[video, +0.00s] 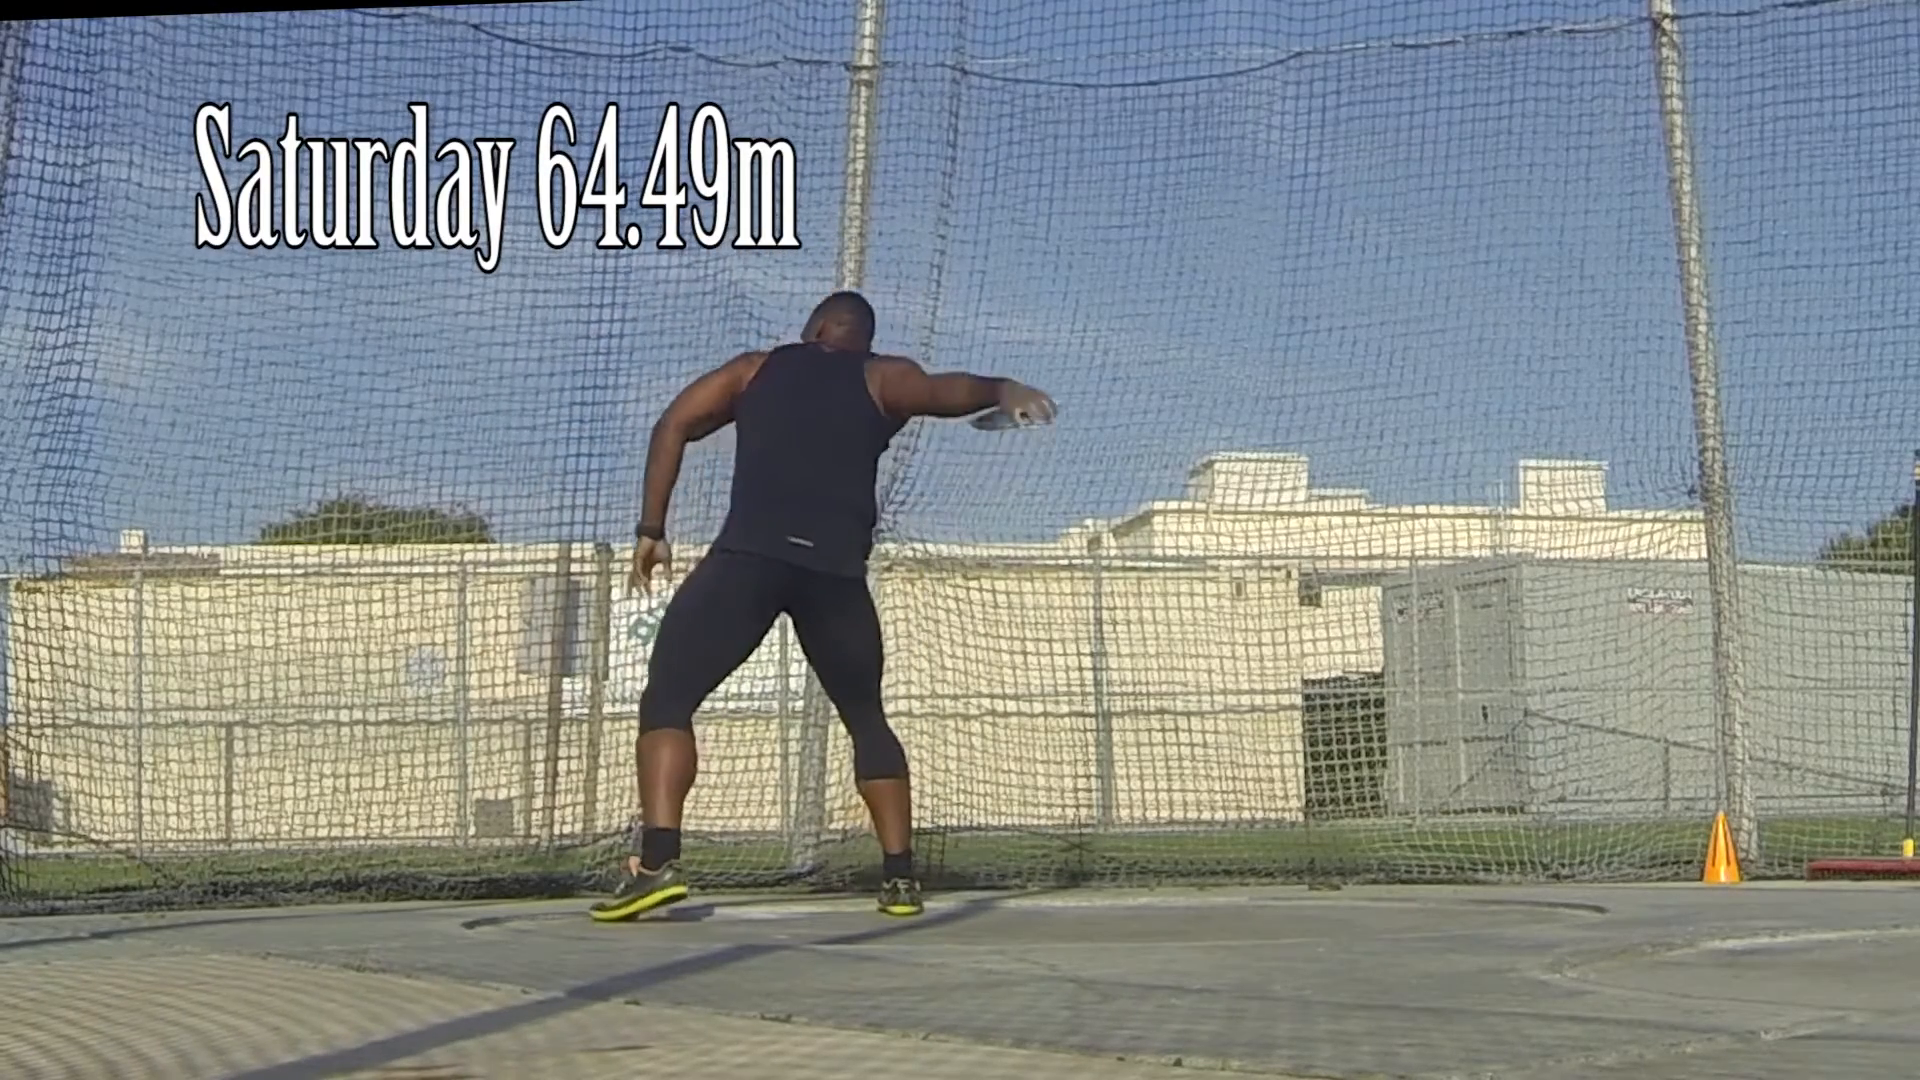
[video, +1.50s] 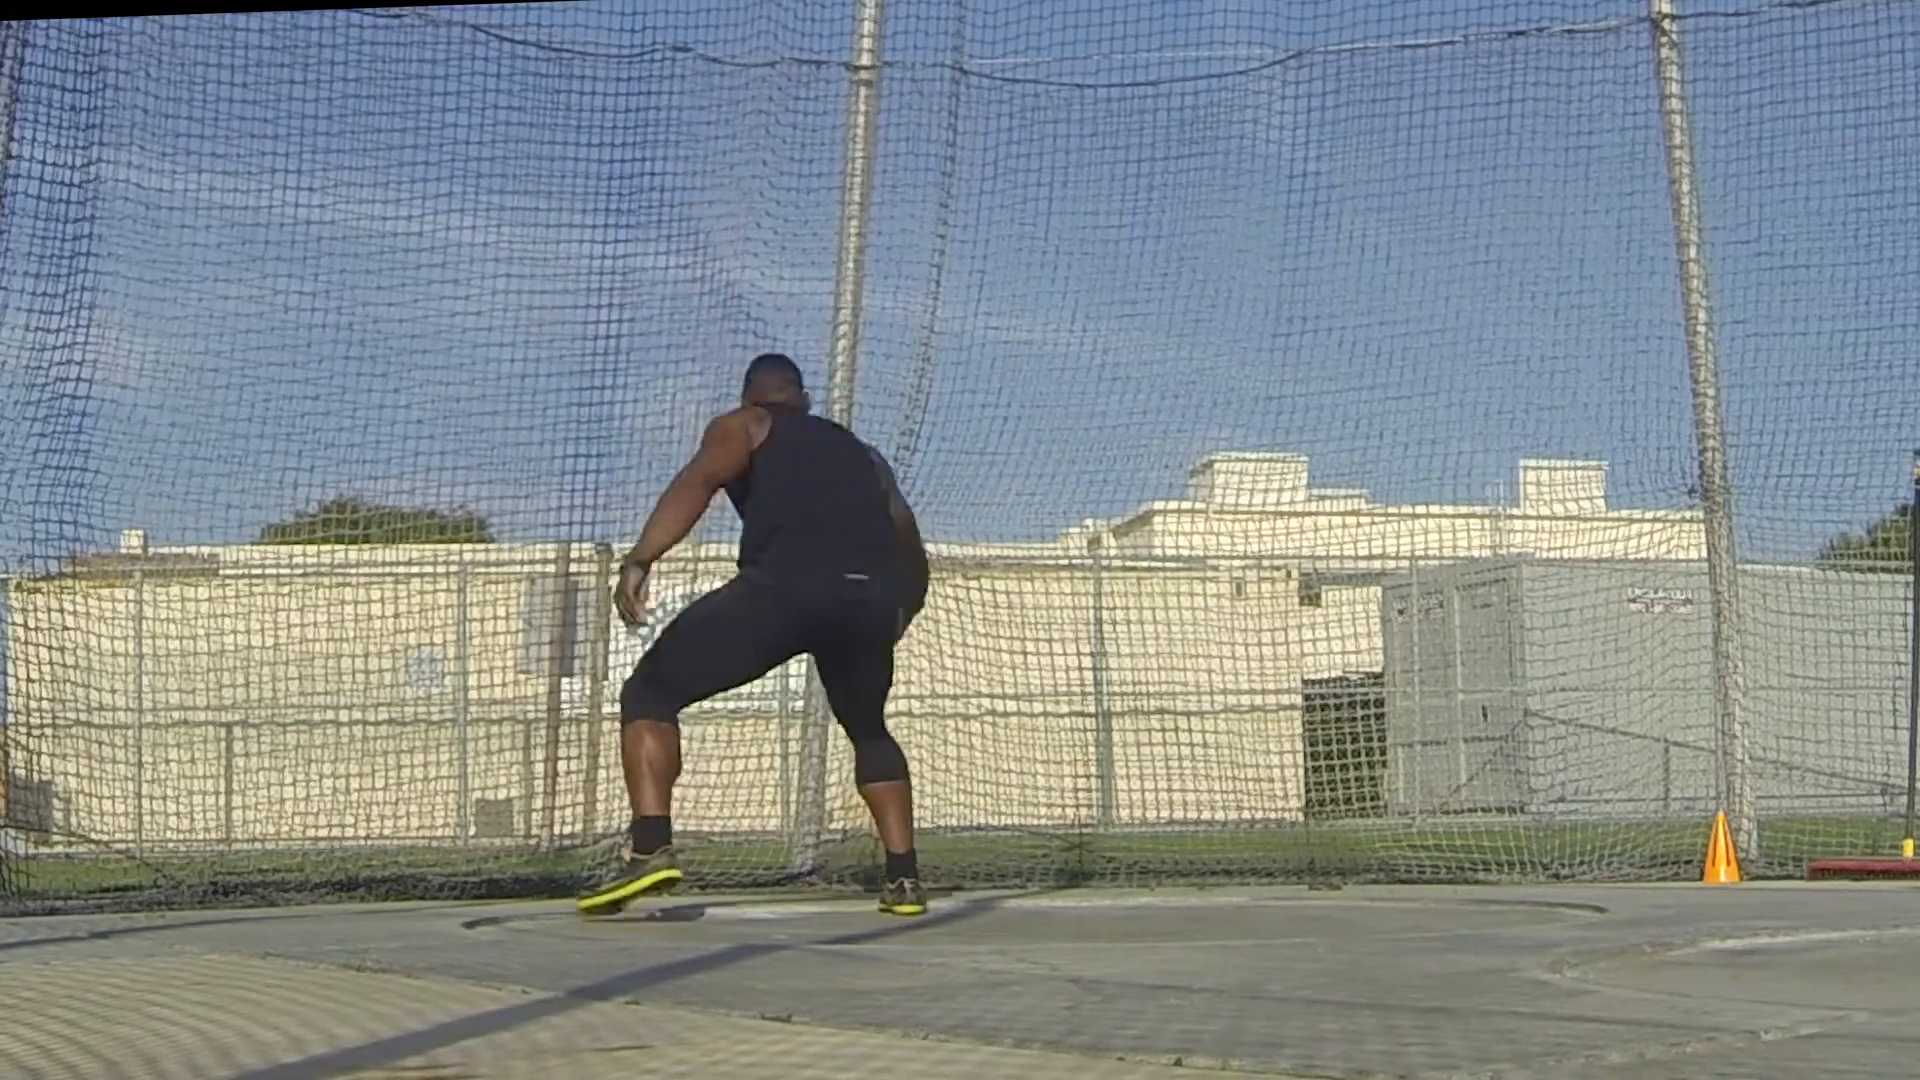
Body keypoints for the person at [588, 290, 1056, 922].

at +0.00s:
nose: (827, 331)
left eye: (821, 322)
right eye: (845, 329)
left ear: (810, 329)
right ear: (867, 343)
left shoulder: (758, 367)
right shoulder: (884, 376)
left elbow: (673, 424)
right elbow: (960, 392)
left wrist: (651, 529)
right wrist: (1007, 391)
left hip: (746, 561)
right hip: (837, 575)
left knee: (668, 698)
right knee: (867, 716)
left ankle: (657, 864)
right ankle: (900, 877)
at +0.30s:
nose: (646, 318)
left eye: (650, 304)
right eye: (645, 306)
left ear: (681, 298)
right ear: (714, 300)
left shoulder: (670, 365)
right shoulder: (792, 366)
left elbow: (635, 472)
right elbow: (873, 430)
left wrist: (616, 540)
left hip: (732, 562)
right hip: (814, 566)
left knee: (648, 707)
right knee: (849, 710)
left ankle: (666, 881)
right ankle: (908, 870)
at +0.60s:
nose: (650, 277)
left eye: (655, 262)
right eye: (652, 263)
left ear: (681, 259)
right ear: (713, 259)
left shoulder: (712, 346)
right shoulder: (692, 329)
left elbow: (624, 444)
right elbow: (581, 360)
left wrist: (523, 421)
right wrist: (492, 372)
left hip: (732, 546)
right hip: (783, 538)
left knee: (668, 695)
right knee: (815, 687)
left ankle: (667, 879)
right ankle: (903, 837)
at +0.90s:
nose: (653, 265)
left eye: (661, 252)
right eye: (656, 254)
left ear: (694, 252)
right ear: (709, 252)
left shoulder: (764, 354)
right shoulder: (672, 316)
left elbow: (735, 465)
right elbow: (588, 320)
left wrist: (683, 391)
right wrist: (671, 301)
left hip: (723, 541)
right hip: (738, 539)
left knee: (675, 696)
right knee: (787, 686)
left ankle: (670, 877)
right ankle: (883, 831)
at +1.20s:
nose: (630, 345)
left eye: (632, 328)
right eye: (628, 331)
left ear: (659, 318)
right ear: (675, 316)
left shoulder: (743, 380)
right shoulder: (668, 390)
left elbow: (775, 483)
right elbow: (640, 454)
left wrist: (674, 463)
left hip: (775, 561)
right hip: (835, 559)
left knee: (678, 700)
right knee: (826, 707)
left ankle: (669, 879)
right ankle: (903, 869)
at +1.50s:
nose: (747, 416)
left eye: (746, 408)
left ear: (750, 402)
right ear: (805, 401)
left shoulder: (743, 424)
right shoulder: (863, 453)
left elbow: (701, 480)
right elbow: (913, 554)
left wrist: (639, 559)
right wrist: (899, 611)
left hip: (783, 587)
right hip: (873, 599)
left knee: (649, 693)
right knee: (869, 728)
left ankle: (650, 852)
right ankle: (904, 877)